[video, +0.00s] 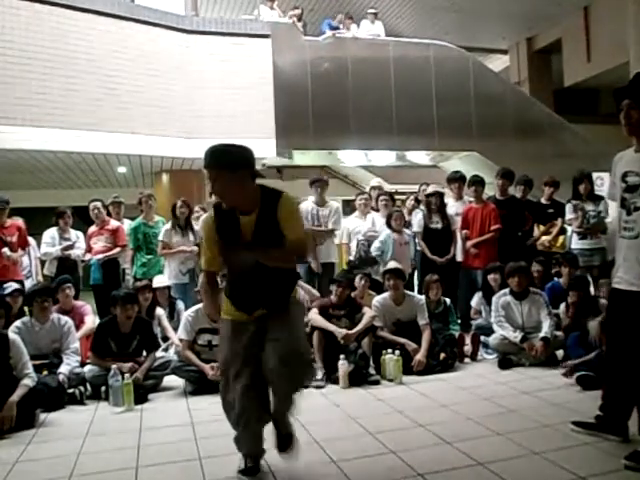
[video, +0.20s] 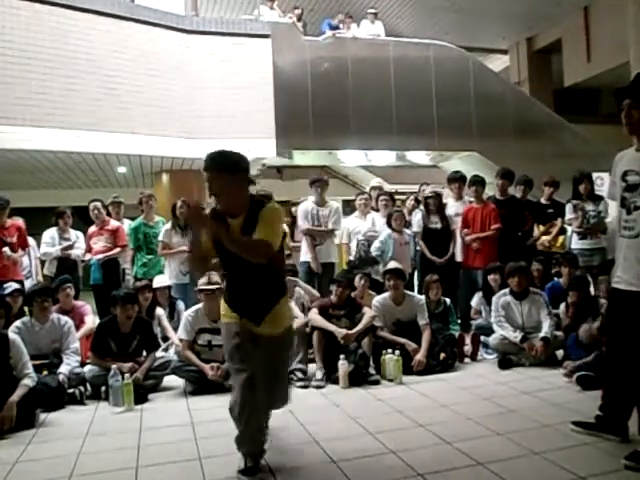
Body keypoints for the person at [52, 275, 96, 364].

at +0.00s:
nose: (67, 292)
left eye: (69, 288)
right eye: (63, 290)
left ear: (74, 291)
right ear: (57, 295)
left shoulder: (84, 308)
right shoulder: (53, 312)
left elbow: (90, 325)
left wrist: (74, 338)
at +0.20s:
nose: (67, 292)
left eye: (70, 288)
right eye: (63, 289)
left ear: (74, 291)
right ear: (57, 295)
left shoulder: (83, 307)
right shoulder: (53, 312)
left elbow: (90, 325)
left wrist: (74, 338)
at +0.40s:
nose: (68, 292)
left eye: (70, 288)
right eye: (63, 290)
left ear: (74, 291)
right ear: (57, 295)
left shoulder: (84, 308)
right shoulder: (53, 312)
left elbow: (90, 325)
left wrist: (74, 338)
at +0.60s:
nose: (68, 292)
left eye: (70, 288)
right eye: (64, 290)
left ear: (74, 291)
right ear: (57, 295)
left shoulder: (84, 307)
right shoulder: (53, 312)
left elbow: (90, 324)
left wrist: (74, 338)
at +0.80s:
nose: (68, 292)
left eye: (70, 288)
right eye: (64, 290)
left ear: (74, 291)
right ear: (57, 294)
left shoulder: (84, 307)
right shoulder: (53, 312)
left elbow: (90, 324)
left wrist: (74, 338)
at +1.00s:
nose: (67, 292)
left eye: (70, 288)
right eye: (63, 290)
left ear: (74, 291)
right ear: (57, 295)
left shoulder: (83, 307)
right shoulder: (54, 311)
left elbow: (90, 325)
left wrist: (74, 338)